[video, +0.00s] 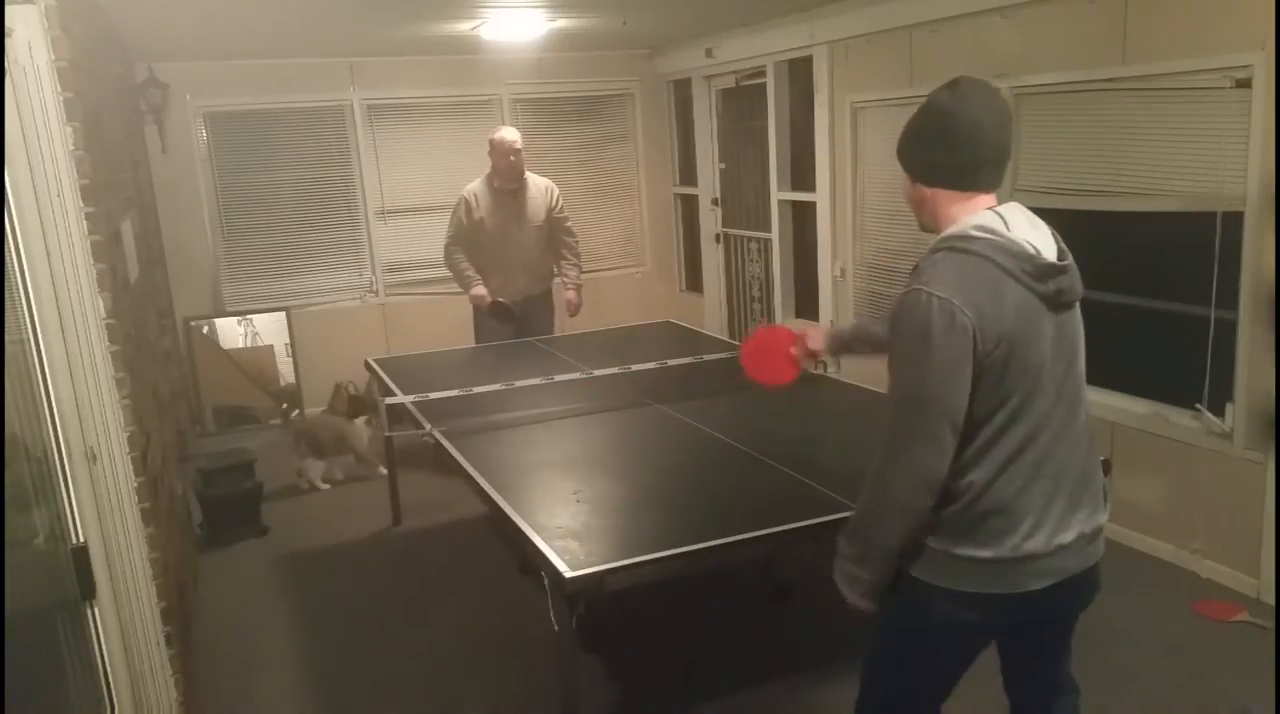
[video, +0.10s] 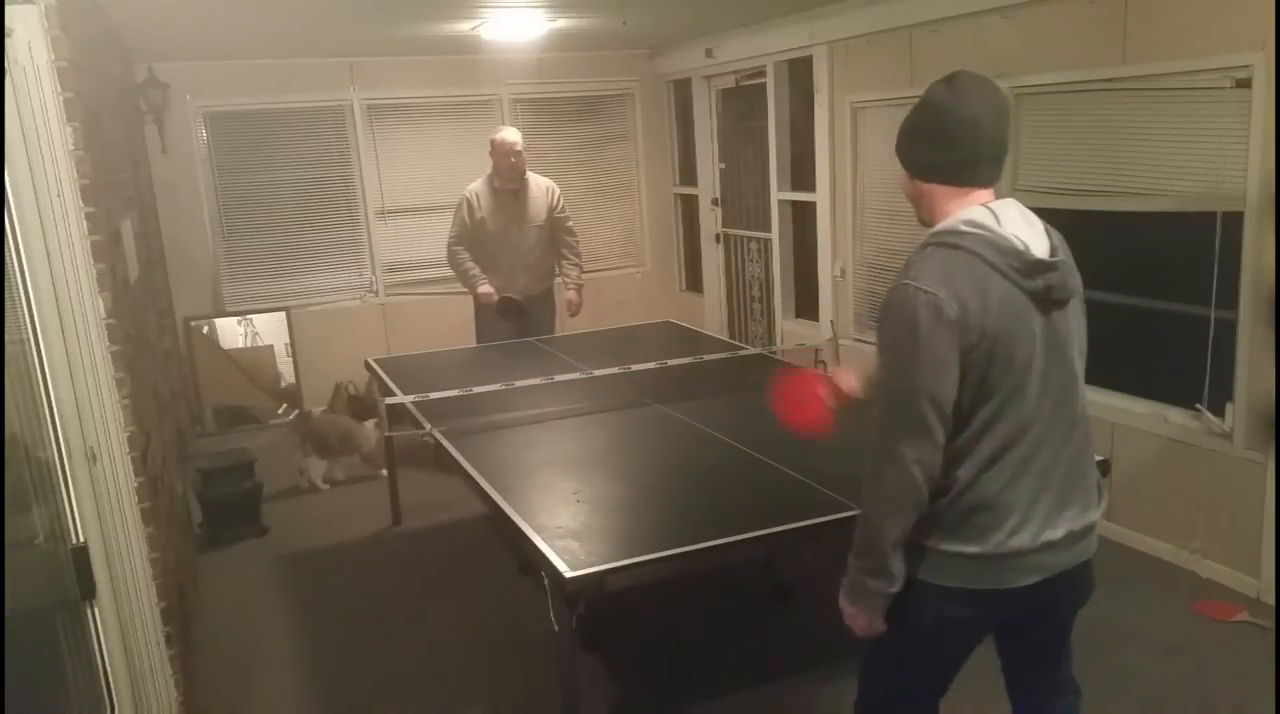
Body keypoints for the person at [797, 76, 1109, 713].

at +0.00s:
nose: (905, 189)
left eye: (906, 174)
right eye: (905, 173)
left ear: (919, 182)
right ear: (991, 168)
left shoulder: (941, 291)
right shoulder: (1039, 247)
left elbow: (917, 459)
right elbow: (953, 333)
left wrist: (860, 567)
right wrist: (837, 339)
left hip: (973, 569)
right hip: (1069, 556)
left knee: (891, 702)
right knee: (1045, 693)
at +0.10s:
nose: (902, 183)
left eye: (903, 167)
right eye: (905, 165)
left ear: (914, 173)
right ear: (994, 161)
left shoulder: (932, 285)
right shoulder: (1049, 247)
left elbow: (909, 456)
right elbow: (1002, 367)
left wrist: (867, 583)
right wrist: (875, 381)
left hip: (962, 568)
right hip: (1063, 554)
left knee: (891, 701)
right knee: (1049, 696)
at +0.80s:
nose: (903, 173)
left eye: (905, 161)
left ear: (912, 170)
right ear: (1005, 164)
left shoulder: (877, 283)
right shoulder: (1085, 270)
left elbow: (828, 428)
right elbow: (1128, 415)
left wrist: (831, 516)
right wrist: (1075, 484)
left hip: (921, 582)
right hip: (1063, 577)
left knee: (886, 704)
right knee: (1093, 708)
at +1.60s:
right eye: (862, 93)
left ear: (783, 107)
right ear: (869, 106)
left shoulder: (748, 211)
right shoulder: (894, 192)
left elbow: (745, 356)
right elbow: (872, 353)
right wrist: (815, 492)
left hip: (770, 519)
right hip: (869, 531)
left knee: (794, 690)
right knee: (868, 693)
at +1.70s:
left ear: (768, 142)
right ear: (854, 142)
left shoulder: (730, 251)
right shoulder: (880, 240)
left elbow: (716, 389)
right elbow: (873, 414)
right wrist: (854, 564)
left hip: (735, 545)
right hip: (821, 557)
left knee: (760, 693)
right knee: (808, 696)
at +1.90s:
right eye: (829, 167)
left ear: (737, 188)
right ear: (829, 186)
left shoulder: (690, 296)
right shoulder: (869, 289)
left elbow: (663, 444)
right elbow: (909, 469)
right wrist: (938, 603)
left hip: (704, 594)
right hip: (818, 608)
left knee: (725, 701)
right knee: (827, 703)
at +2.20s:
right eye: (858, 202)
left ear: (769, 217)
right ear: (856, 220)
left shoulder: (705, 331)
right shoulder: (904, 329)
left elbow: (671, 478)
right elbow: (962, 499)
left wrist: (714, 551)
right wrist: (983, 580)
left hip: (726, 623)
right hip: (865, 628)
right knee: (942, 702)